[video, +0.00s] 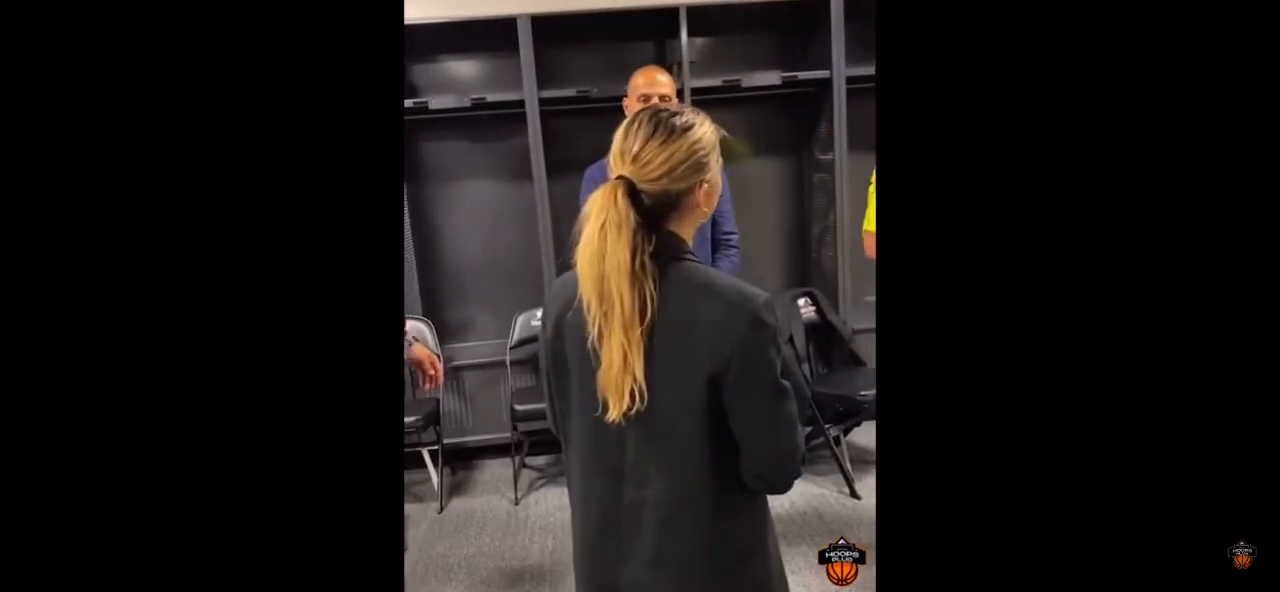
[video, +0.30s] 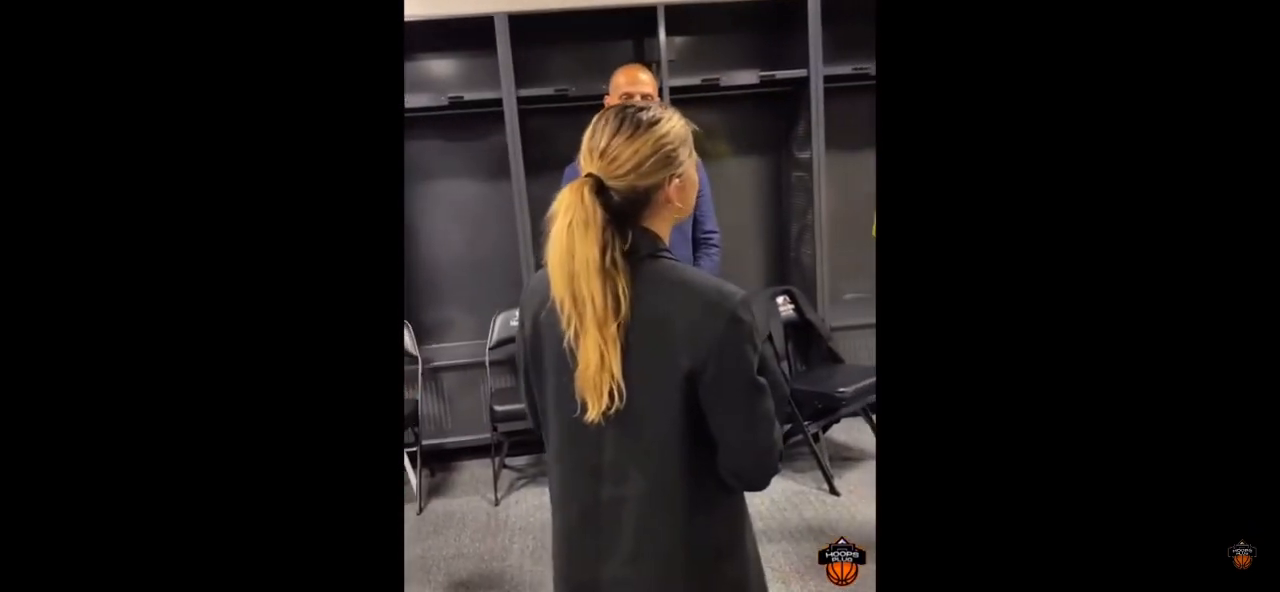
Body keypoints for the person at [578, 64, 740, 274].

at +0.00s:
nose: (655, 108)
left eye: (664, 99)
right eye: (644, 99)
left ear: (677, 103)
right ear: (627, 105)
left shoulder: (705, 166)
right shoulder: (600, 175)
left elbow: (727, 242)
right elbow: (592, 249)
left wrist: (713, 294)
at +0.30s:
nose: (637, 108)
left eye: (646, 98)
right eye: (626, 98)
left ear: (659, 102)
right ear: (607, 102)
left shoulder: (686, 163)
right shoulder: (580, 171)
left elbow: (708, 239)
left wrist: (696, 293)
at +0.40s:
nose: (623, 109)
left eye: (632, 99)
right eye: (613, 99)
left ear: (644, 103)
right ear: (593, 104)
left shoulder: (673, 165)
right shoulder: (568, 170)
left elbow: (694, 240)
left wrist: (682, 293)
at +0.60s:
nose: (601, 115)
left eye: (603, 104)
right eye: (587, 106)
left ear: (607, 107)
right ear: (553, 115)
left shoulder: (629, 174)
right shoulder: (524, 177)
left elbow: (650, 249)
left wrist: (637, 298)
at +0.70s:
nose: (557, 124)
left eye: (563, 111)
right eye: (546, 116)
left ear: (579, 116)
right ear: (521, 123)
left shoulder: (599, 179)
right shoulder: (494, 183)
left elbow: (622, 251)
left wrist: (611, 307)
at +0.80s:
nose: (547, 127)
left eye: (545, 115)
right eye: (530, 117)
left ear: (551, 119)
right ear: (494, 128)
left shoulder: (567, 185)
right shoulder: (463, 190)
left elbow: (591, 258)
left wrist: (581, 317)